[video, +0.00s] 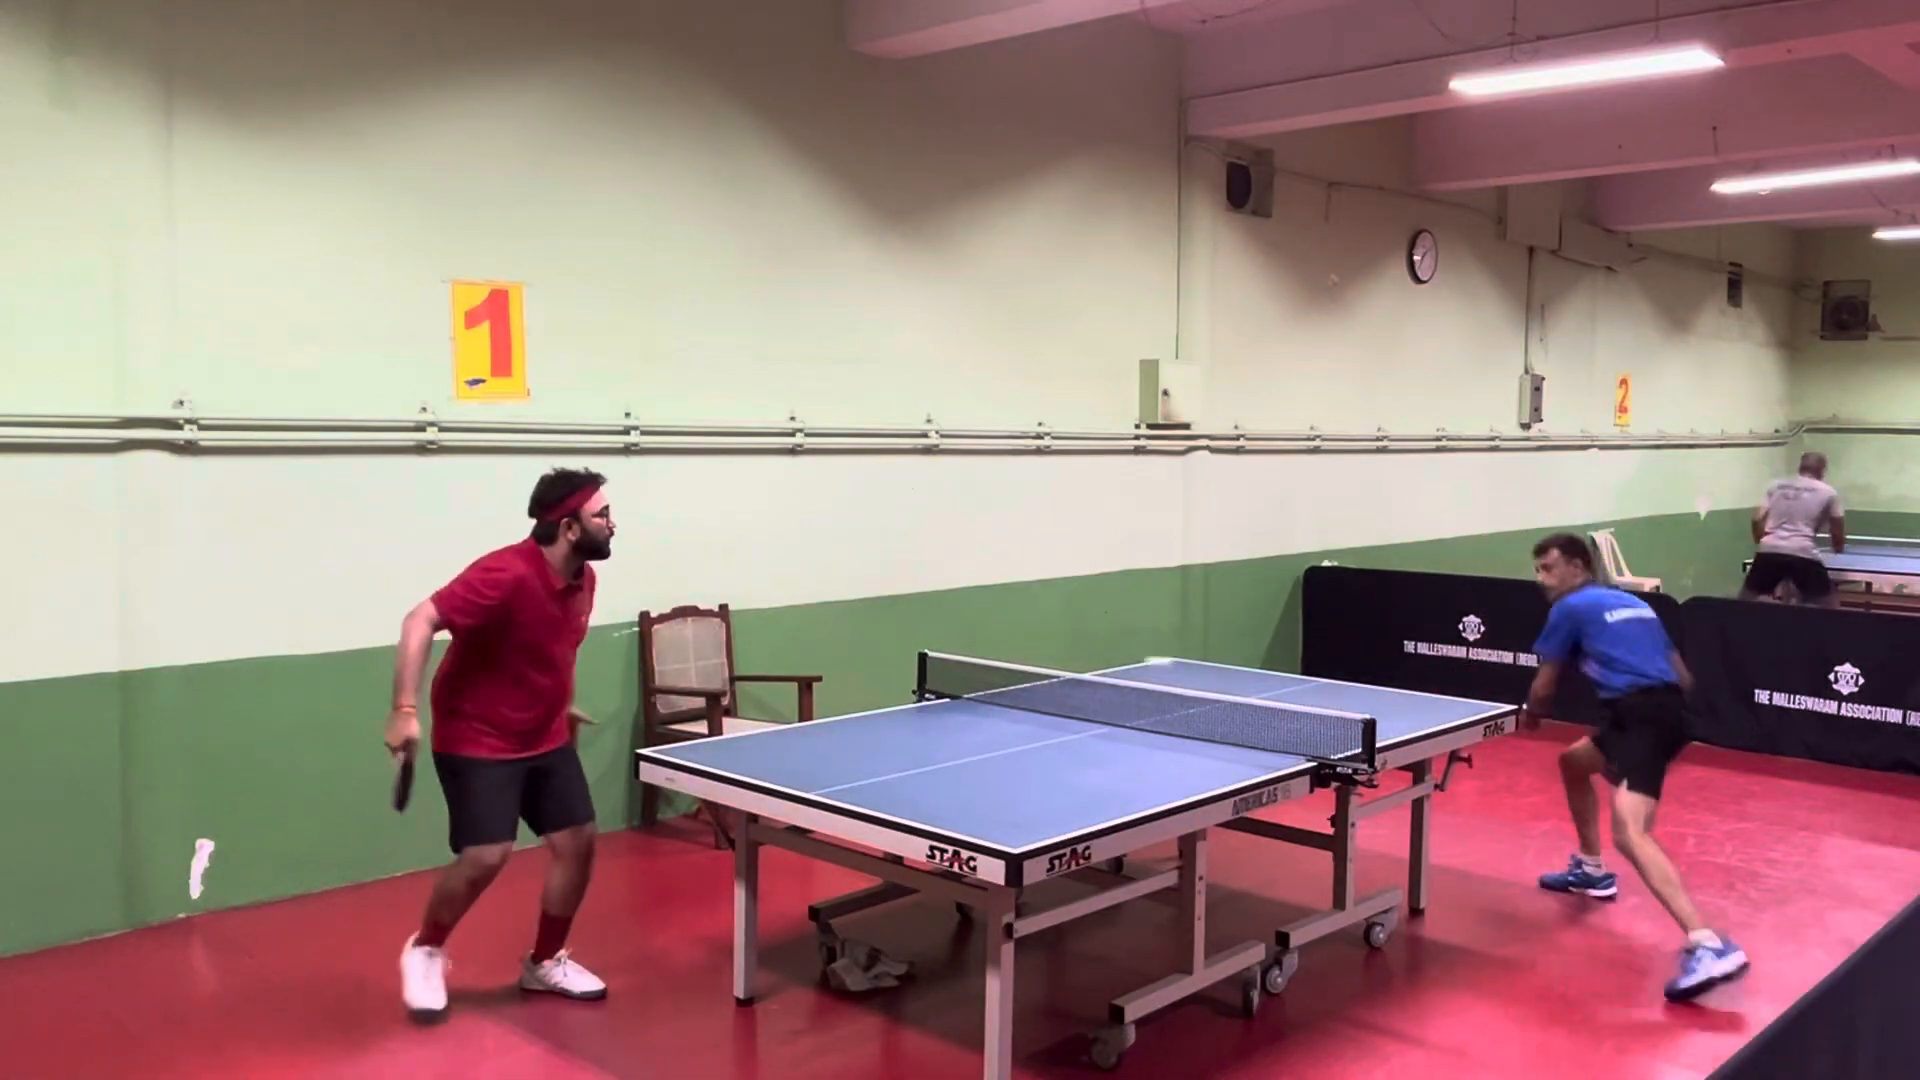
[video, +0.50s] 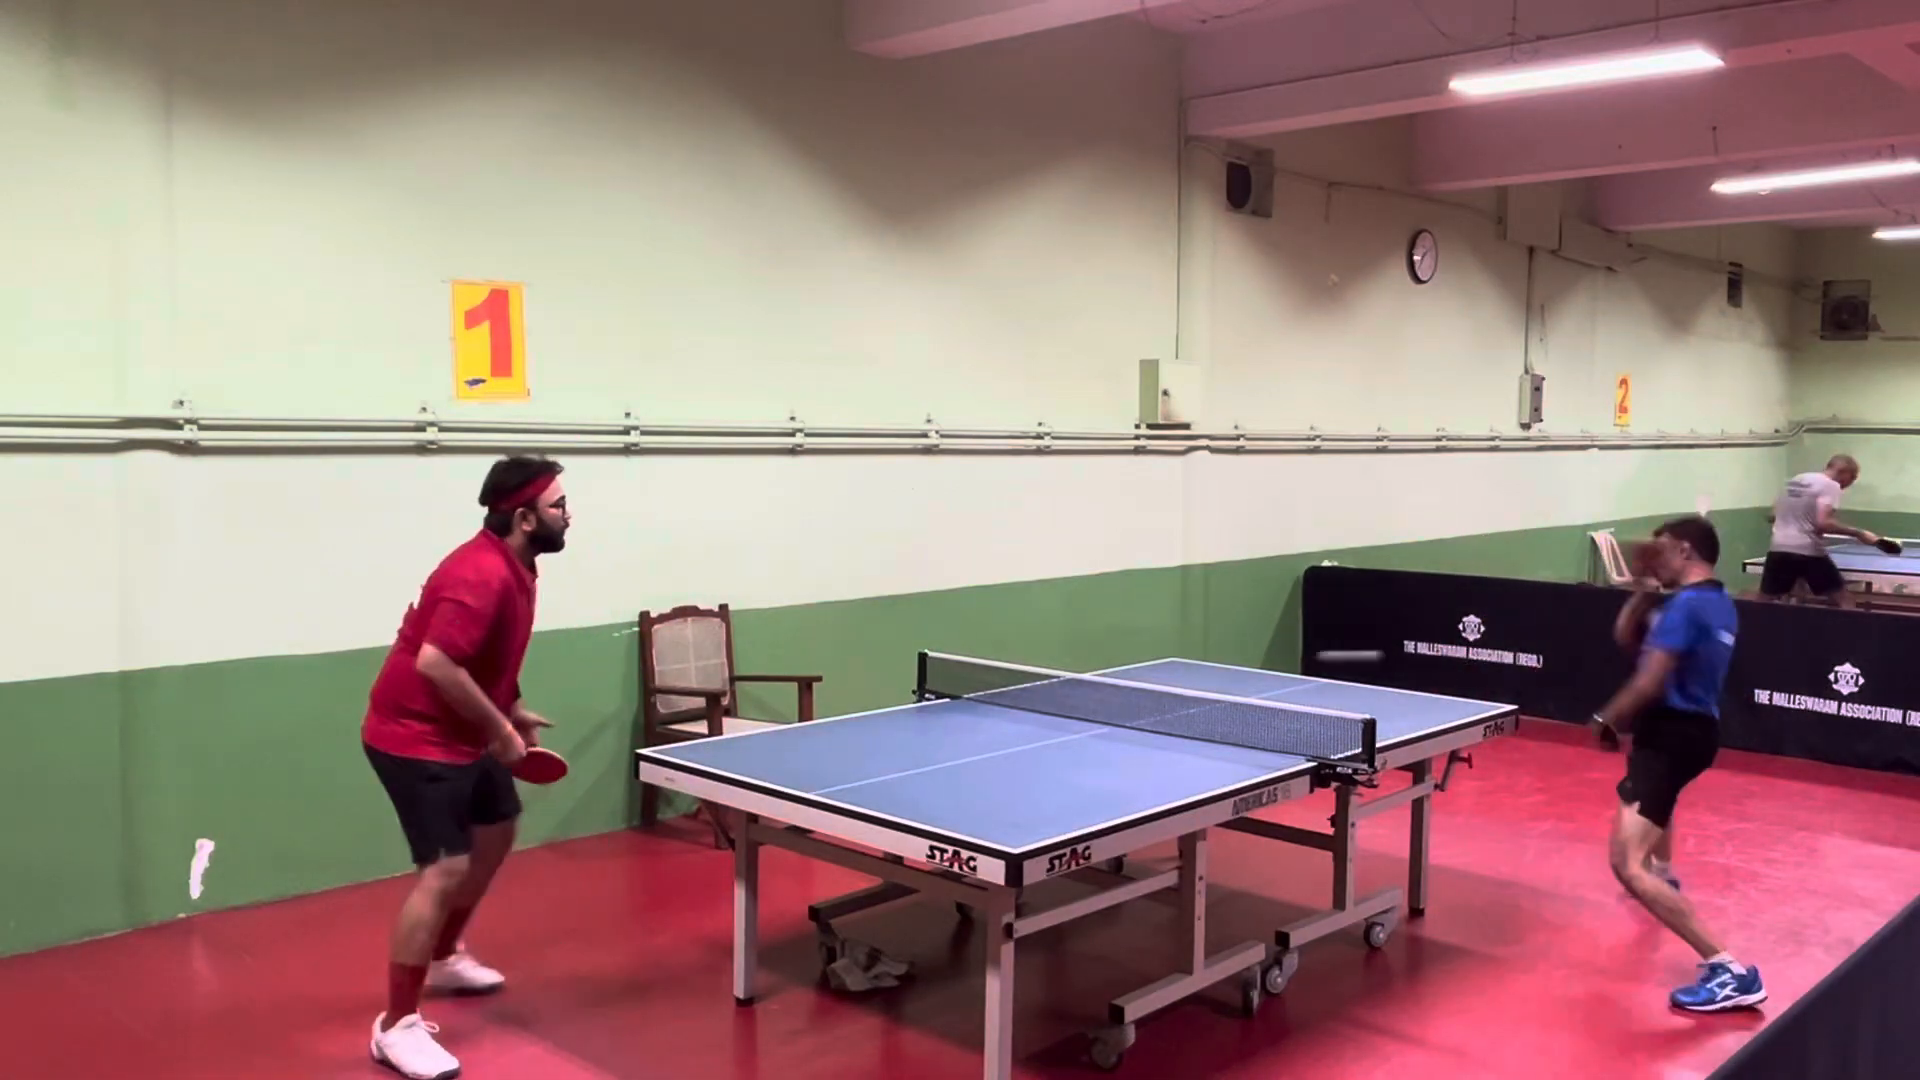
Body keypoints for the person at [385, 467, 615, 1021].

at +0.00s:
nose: (612, 523)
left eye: (608, 513)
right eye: (601, 515)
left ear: (574, 527)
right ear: (568, 527)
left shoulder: (583, 579)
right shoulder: (506, 573)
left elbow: (556, 651)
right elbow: (420, 619)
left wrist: (562, 706)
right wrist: (404, 709)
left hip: (544, 736)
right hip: (478, 739)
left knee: (577, 841)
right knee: (487, 854)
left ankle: (545, 963)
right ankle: (424, 951)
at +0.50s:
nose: (568, 513)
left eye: (565, 502)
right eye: (557, 505)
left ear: (521, 513)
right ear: (519, 515)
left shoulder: (517, 569)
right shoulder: (480, 574)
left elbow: (492, 654)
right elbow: (436, 661)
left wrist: (515, 713)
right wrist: (498, 731)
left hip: (464, 734)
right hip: (413, 737)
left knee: (494, 834)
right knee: (448, 865)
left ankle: (441, 956)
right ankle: (396, 1023)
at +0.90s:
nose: (530, 514)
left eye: (525, 503)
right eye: (522, 506)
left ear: (468, 518)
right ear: (492, 521)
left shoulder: (416, 539)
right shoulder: (485, 607)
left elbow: (362, 594)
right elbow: (539, 698)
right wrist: (614, 720)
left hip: (368, 741)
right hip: (416, 761)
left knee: (431, 846)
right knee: (464, 884)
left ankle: (436, 955)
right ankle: (375, 1038)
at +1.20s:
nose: (497, 485)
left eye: (492, 474)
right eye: (486, 478)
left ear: (432, 490)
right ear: (453, 492)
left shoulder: (373, 533)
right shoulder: (452, 574)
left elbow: (325, 609)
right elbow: (452, 688)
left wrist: (318, 686)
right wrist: (501, 747)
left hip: (337, 742)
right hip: (393, 757)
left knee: (372, 866)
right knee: (408, 888)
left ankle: (315, 1003)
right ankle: (372, 1046)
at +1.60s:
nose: (464, 493)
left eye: (459, 482)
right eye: (453, 486)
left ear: (406, 502)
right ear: (420, 502)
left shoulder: (362, 549)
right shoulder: (414, 580)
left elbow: (358, 660)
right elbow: (402, 693)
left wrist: (422, 732)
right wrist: (459, 751)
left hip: (323, 764)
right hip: (366, 777)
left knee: (342, 896)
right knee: (393, 920)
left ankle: (301, 1030)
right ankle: (351, 1072)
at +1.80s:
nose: (460, 495)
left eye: (454, 484)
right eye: (448, 488)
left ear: (411, 509)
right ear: (415, 510)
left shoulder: (388, 566)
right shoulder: (392, 584)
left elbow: (401, 682)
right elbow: (414, 700)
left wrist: (464, 701)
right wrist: (489, 708)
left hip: (365, 790)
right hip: (377, 800)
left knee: (378, 915)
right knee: (414, 937)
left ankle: (331, 1020)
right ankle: (352, 1073)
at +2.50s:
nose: (541, 490)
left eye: (545, 478)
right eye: (520, 481)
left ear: (552, 486)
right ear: (472, 503)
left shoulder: (564, 583)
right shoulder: (420, 589)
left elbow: (600, 671)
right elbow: (340, 694)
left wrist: (665, 732)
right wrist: (293, 815)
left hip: (539, 834)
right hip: (444, 839)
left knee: (542, 988)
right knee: (451, 996)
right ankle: (415, 1076)